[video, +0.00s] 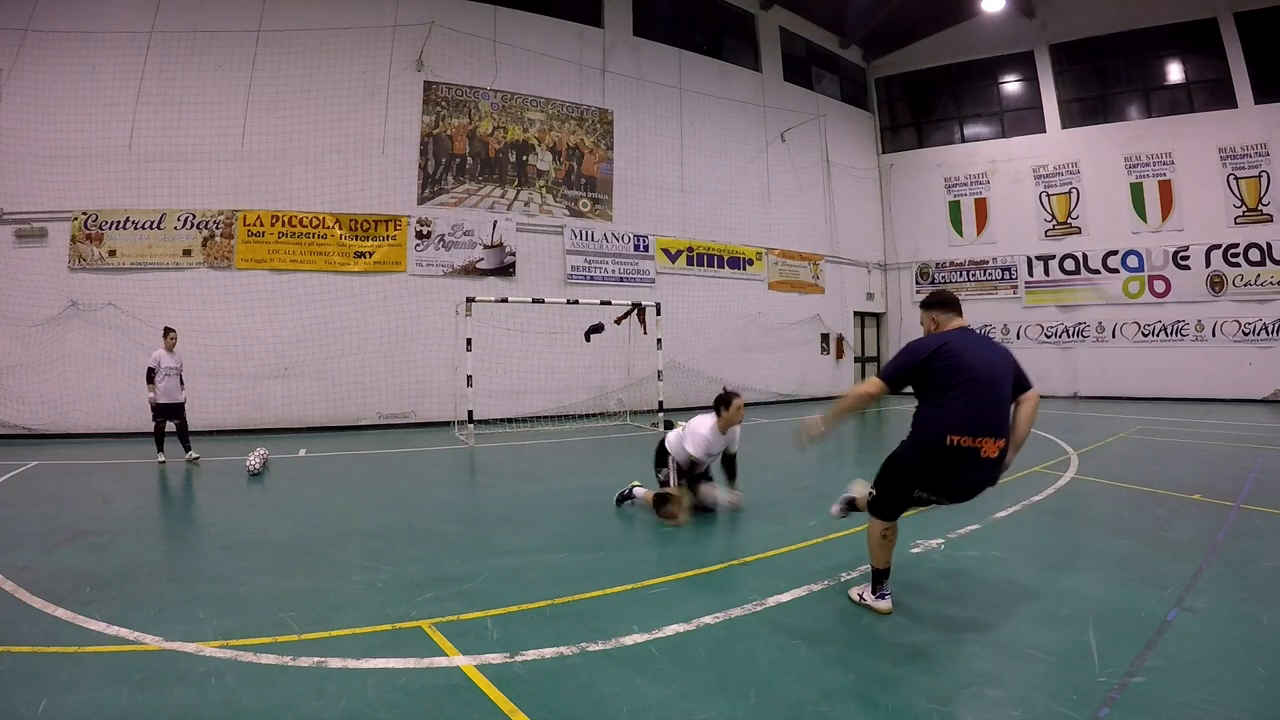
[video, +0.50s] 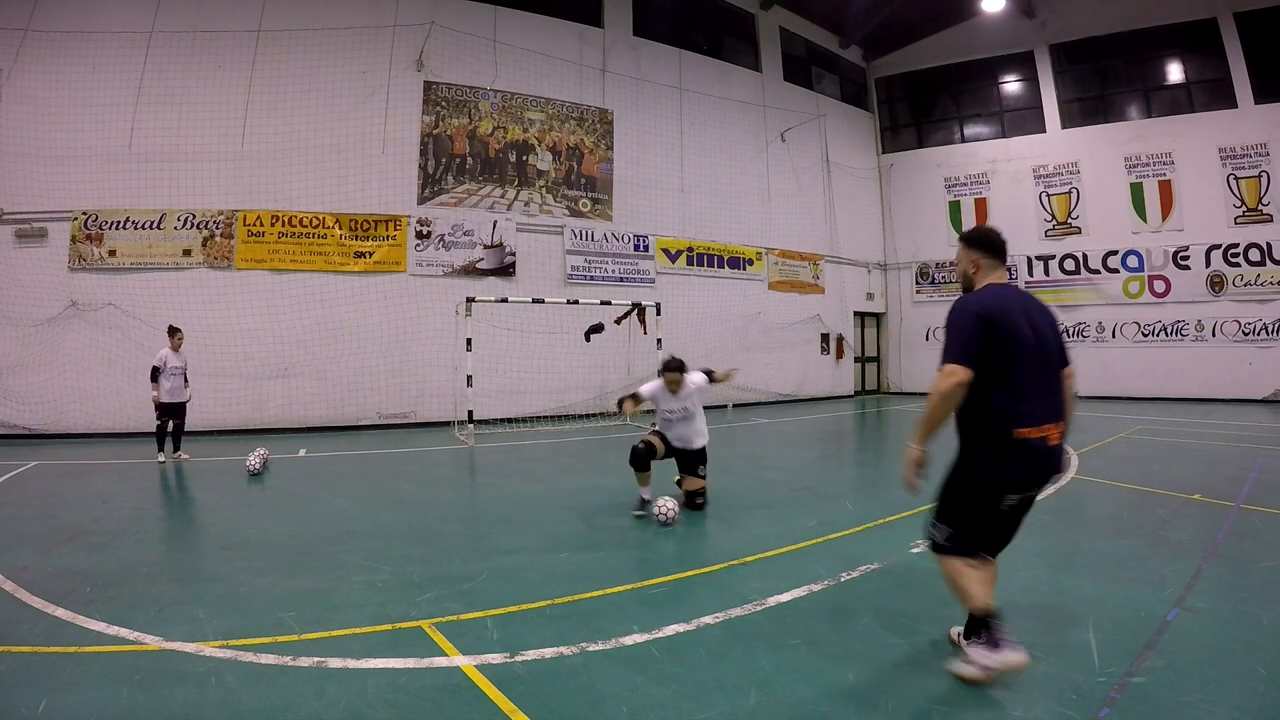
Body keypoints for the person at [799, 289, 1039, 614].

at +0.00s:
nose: (924, 330)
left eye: (924, 324)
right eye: (923, 325)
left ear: (933, 320)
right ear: (961, 318)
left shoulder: (926, 348)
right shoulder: (998, 351)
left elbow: (869, 390)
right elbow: (1029, 398)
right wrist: (1010, 452)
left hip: (928, 458)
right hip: (982, 472)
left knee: (884, 508)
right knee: (922, 495)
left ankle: (879, 591)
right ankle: (861, 501)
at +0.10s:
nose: (926, 323)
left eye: (926, 318)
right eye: (926, 318)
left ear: (935, 314)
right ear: (962, 313)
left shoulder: (925, 338)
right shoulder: (995, 352)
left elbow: (865, 366)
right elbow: (1018, 412)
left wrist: (832, 378)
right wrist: (999, 469)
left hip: (925, 457)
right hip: (975, 467)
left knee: (875, 507)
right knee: (917, 489)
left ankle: (878, 591)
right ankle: (864, 518)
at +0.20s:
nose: (930, 302)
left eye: (932, 297)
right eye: (931, 298)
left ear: (941, 294)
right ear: (971, 295)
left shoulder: (932, 316)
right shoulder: (999, 336)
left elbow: (882, 340)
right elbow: (1021, 399)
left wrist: (854, 364)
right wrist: (1001, 453)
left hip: (934, 446)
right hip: (982, 456)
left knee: (889, 508)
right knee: (919, 494)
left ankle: (876, 589)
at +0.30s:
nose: (937, 283)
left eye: (939, 277)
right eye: (938, 277)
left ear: (949, 275)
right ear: (981, 276)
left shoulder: (947, 300)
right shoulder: (1010, 320)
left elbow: (918, 343)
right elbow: (1031, 388)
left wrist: (872, 373)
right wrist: (1010, 429)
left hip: (950, 442)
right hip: (1001, 447)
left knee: (904, 522)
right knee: (955, 522)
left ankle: (874, 595)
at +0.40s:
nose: (948, 278)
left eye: (949, 271)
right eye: (949, 271)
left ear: (960, 270)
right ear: (990, 271)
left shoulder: (957, 309)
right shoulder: (1022, 314)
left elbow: (937, 366)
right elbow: (1045, 383)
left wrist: (889, 416)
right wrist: (1034, 434)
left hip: (972, 445)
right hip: (1023, 449)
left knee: (918, 524)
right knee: (974, 538)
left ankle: (920, 622)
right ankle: (975, 635)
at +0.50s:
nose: (957, 268)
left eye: (959, 261)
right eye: (958, 260)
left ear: (972, 261)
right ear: (1003, 261)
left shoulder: (970, 309)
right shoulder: (1036, 307)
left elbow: (954, 380)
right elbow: (1065, 380)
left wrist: (919, 441)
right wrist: (1056, 437)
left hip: (993, 452)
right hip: (1041, 451)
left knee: (947, 542)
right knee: (983, 544)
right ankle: (976, 631)